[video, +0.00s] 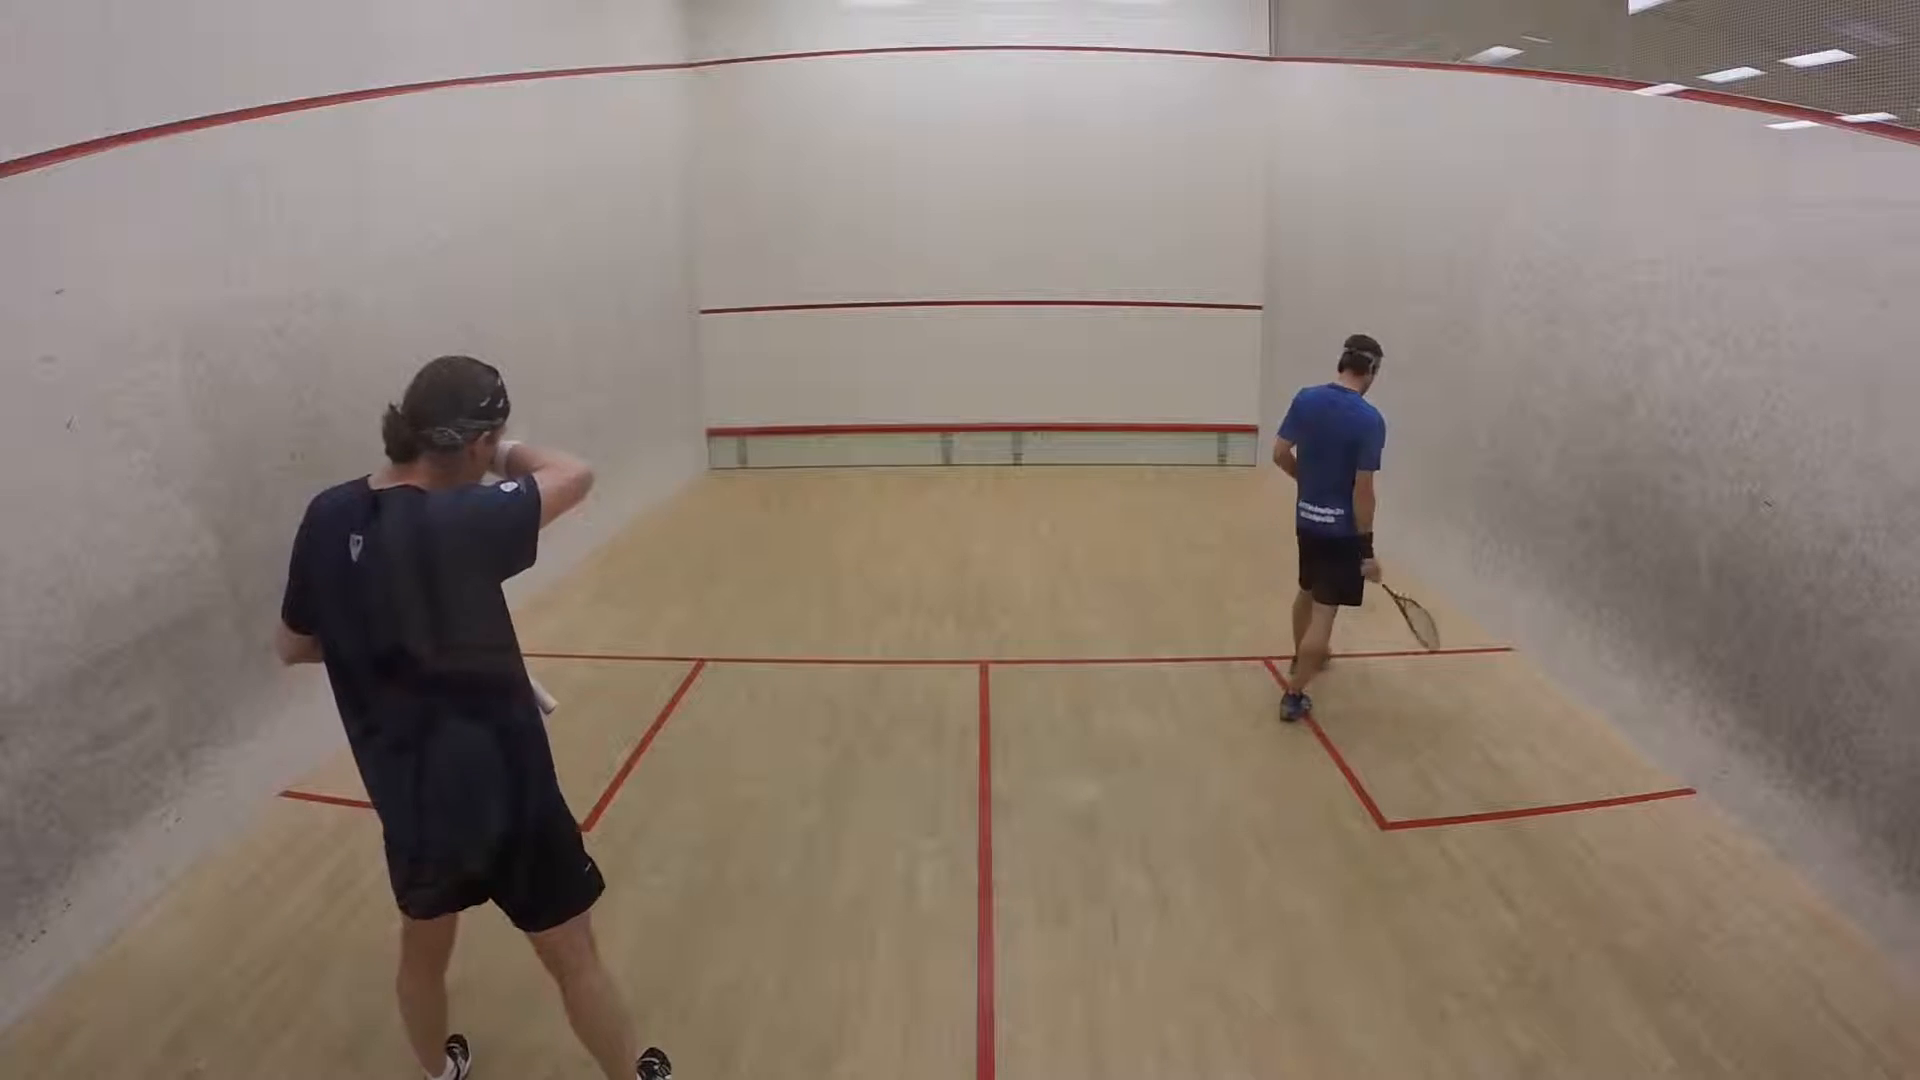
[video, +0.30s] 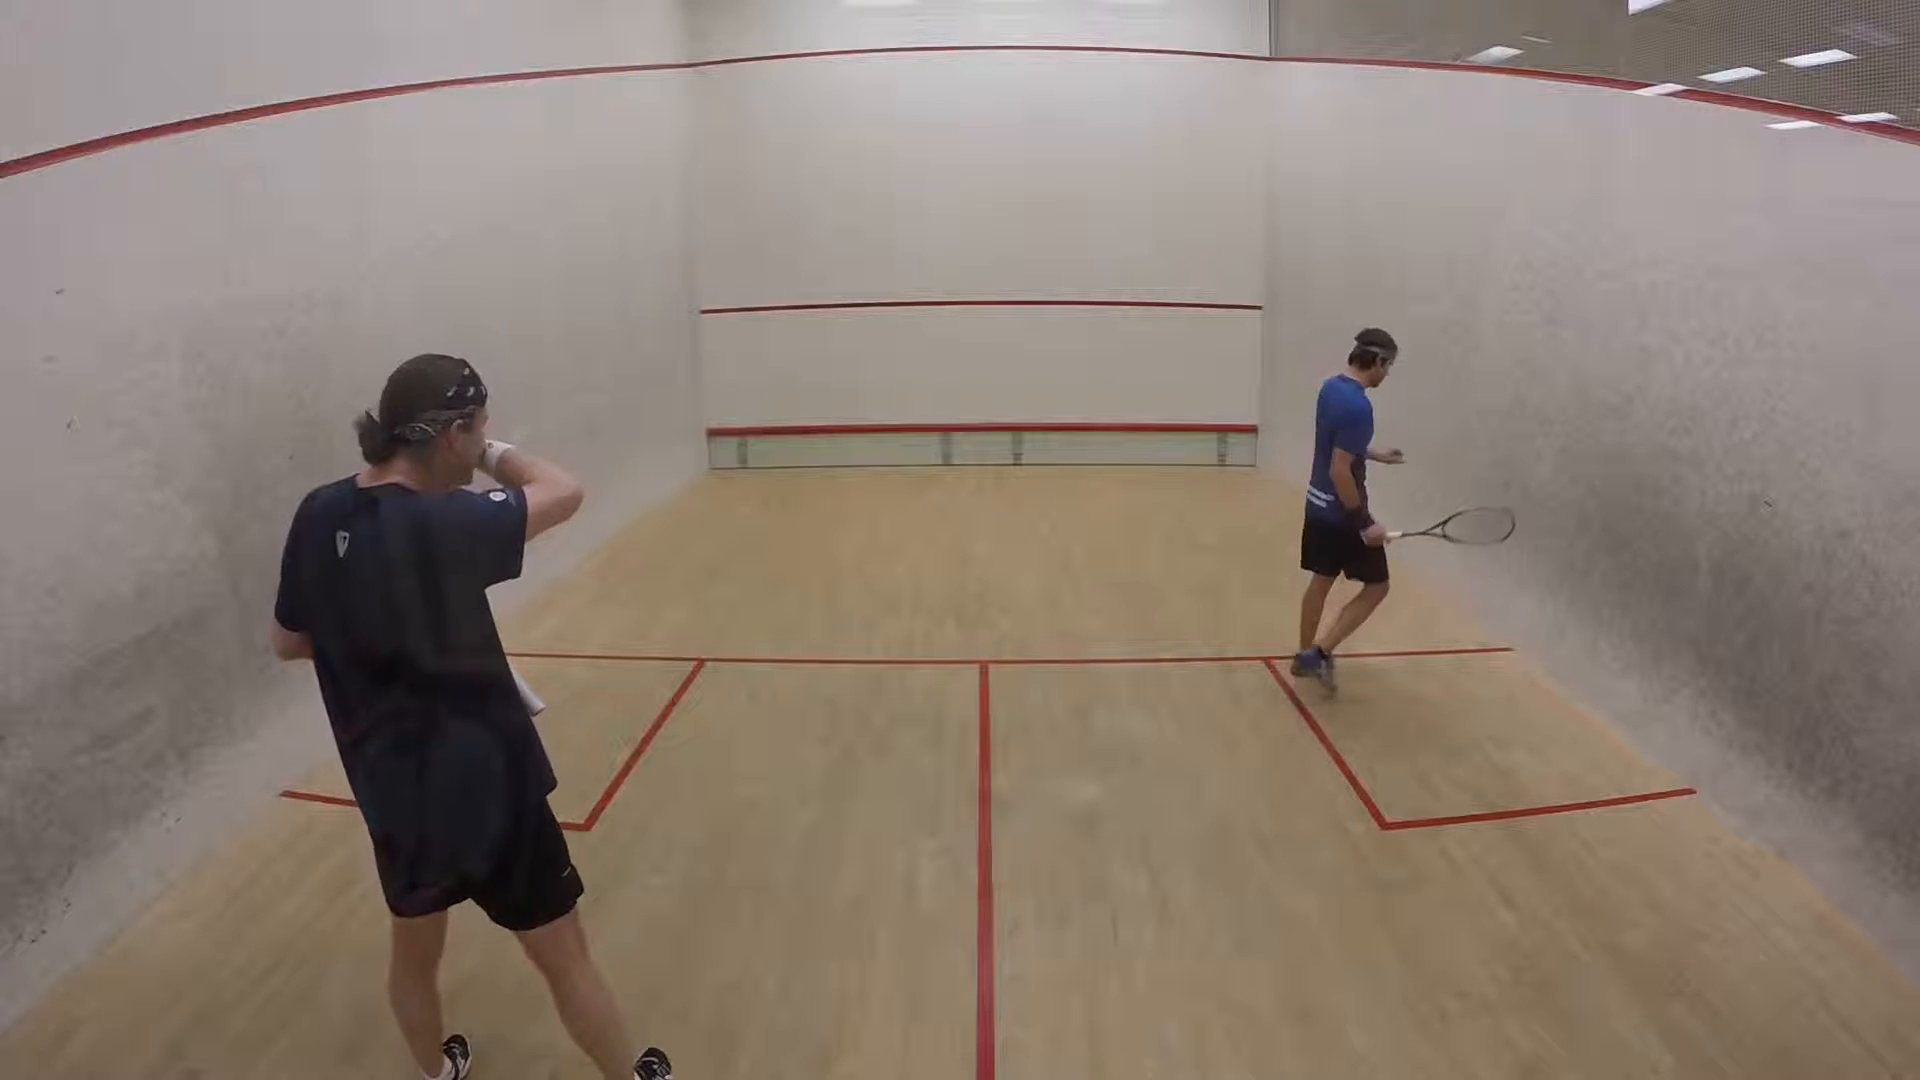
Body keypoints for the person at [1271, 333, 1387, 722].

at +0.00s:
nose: (1373, 379)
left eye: (1370, 371)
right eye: (1374, 372)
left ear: (1340, 364)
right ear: (1371, 372)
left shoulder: (1307, 398)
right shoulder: (1369, 420)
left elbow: (1281, 452)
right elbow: (1363, 490)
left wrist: (1309, 480)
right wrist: (1367, 548)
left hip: (1306, 522)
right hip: (1340, 530)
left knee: (1307, 592)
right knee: (1322, 614)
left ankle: (1302, 660)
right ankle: (1293, 695)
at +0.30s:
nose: (1387, 374)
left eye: (1389, 366)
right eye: (1388, 366)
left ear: (1356, 356)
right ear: (1377, 363)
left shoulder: (1329, 388)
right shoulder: (1358, 408)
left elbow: (1336, 440)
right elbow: (1340, 473)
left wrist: (1374, 454)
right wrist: (1366, 523)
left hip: (1318, 506)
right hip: (1344, 514)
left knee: (1323, 577)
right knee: (1377, 585)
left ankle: (1305, 655)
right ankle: (1321, 652)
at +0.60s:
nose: (1408, 369)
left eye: (1409, 361)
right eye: (1403, 360)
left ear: (1381, 360)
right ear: (1381, 358)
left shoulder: (1362, 393)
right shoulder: (1367, 403)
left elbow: (1371, 457)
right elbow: (1350, 468)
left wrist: (1400, 487)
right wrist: (1391, 503)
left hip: (1340, 506)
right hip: (1360, 514)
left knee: (1331, 578)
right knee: (1378, 592)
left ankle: (1306, 654)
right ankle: (1368, 676)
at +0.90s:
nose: (1431, 371)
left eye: (1433, 363)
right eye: (1426, 361)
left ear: (1404, 362)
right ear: (1402, 358)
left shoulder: (1388, 395)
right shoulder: (1387, 403)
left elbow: (1375, 461)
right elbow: (1375, 470)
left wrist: (1407, 492)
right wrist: (1423, 494)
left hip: (1360, 508)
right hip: (1376, 516)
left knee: (1355, 579)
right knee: (1382, 594)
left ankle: (1314, 645)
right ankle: (1369, 676)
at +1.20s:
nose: (1450, 384)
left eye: (1452, 376)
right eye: (1449, 376)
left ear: (1422, 368)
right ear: (1434, 372)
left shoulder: (1393, 396)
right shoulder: (1404, 411)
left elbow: (1378, 464)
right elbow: (1391, 480)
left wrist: (1405, 494)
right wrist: (1445, 503)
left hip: (1354, 509)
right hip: (1377, 521)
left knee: (1353, 583)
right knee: (1380, 600)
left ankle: (1317, 646)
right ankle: (1368, 677)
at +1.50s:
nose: (1446, 391)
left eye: (1449, 384)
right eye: (1448, 384)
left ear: (1417, 372)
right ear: (1440, 382)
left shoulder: (1390, 398)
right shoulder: (1406, 417)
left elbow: (1374, 463)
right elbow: (1396, 485)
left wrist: (1406, 495)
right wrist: (1447, 512)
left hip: (1340, 507)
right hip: (1365, 522)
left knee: (1340, 582)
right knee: (1375, 599)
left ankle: (1295, 644)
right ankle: (1367, 677)